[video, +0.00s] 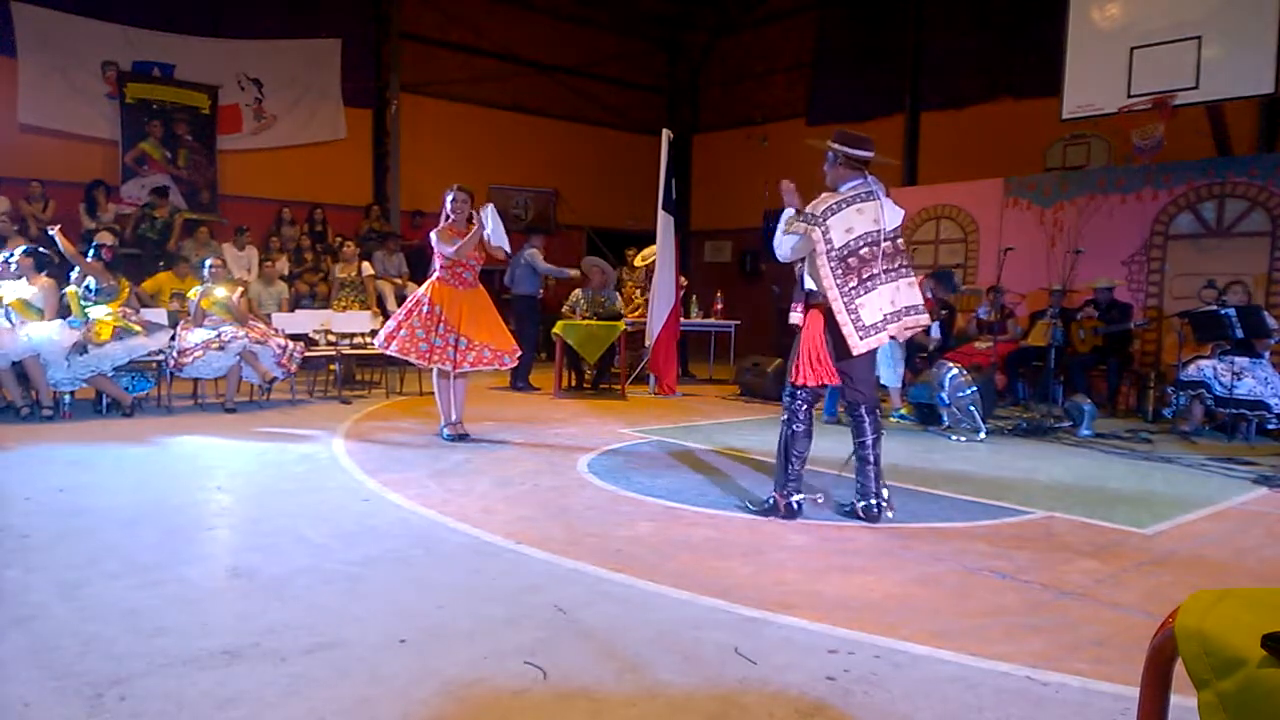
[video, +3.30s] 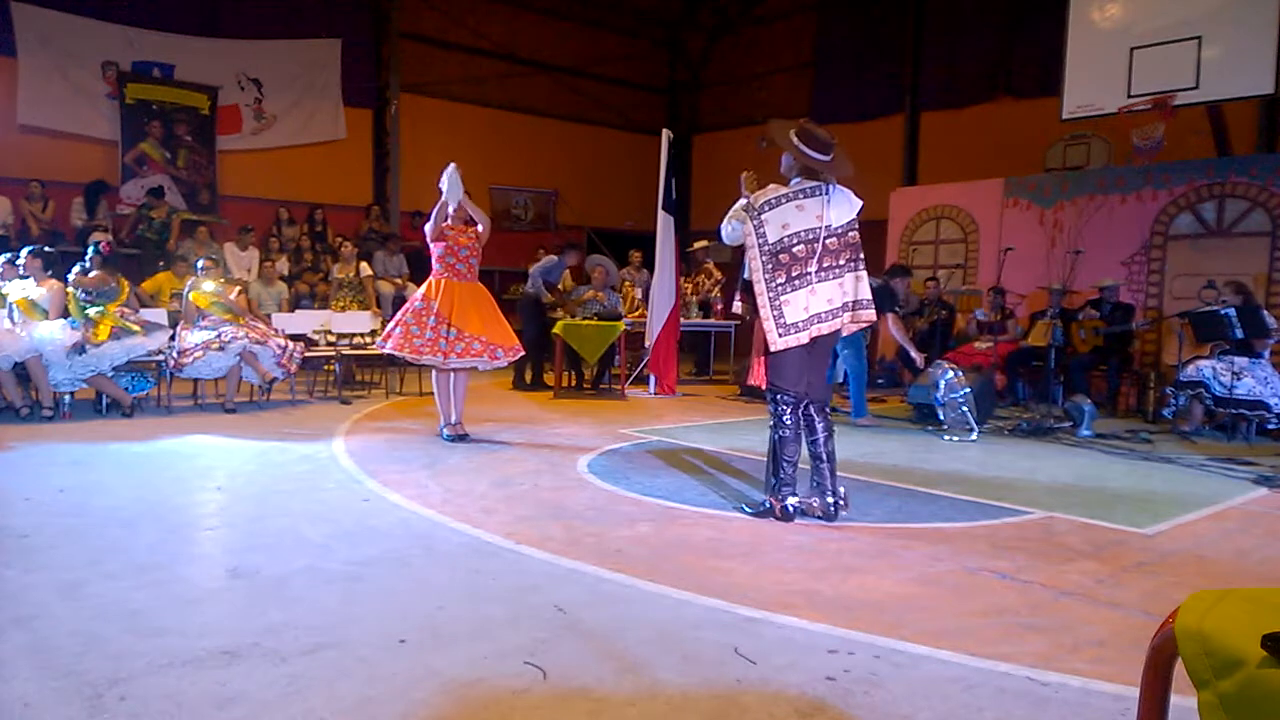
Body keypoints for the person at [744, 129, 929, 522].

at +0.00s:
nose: (823, 167)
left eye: (827, 161)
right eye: (826, 161)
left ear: (839, 165)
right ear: (861, 167)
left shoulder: (825, 208)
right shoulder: (885, 209)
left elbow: (785, 248)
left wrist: (790, 208)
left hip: (821, 317)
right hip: (864, 319)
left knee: (799, 400)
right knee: (863, 404)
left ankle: (787, 494)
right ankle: (871, 498)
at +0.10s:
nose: (819, 166)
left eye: (823, 160)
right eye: (822, 160)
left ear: (834, 165)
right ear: (857, 168)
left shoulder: (817, 208)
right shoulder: (881, 210)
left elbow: (777, 249)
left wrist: (776, 213)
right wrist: (803, 213)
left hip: (817, 317)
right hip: (861, 318)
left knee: (804, 404)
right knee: (861, 405)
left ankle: (786, 494)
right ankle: (870, 498)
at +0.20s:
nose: (812, 165)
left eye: (816, 160)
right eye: (815, 158)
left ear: (827, 165)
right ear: (851, 167)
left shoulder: (807, 207)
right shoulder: (872, 208)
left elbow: (767, 248)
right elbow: (880, 269)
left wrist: (760, 210)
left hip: (810, 318)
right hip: (855, 318)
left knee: (802, 406)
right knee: (856, 406)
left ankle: (785, 495)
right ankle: (870, 499)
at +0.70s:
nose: (774, 167)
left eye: (778, 162)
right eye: (778, 161)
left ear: (784, 168)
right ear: (815, 171)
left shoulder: (766, 210)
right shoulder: (835, 210)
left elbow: (728, 240)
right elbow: (840, 270)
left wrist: (742, 201)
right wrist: (839, 321)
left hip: (775, 320)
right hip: (817, 317)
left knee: (781, 406)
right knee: (810, 401)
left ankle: (782, 495)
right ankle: (810, 486)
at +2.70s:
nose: (763, 165)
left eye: (768, 161)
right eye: (767, 159)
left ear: (778, 166)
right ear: (804, 169)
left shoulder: (755, 209)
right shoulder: (826, 206)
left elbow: (717, 238)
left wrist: (731, 201)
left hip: (771, 319)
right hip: (812, 314)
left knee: (777, 405)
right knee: (799, 401)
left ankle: (782, 497)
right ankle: (795, 486)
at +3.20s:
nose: (775, 155)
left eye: (780, 152)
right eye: (780, 150)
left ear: (789, 159)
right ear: (817, 162)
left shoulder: (764, 202)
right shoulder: (836, 199)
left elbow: (726, 233)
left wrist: (745, 195)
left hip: (783, 316)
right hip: (826, 312)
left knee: (782, 399)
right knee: (810, 397)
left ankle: (781, 495)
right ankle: (826, 491)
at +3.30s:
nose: (781, 154)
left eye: (787, 151)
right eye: (786, 150)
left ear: (795, 160)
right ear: (822, 162)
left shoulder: (766, 203)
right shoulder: (840, 199)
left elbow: (728, 233)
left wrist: (746, 197)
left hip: (783, 318)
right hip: (828, 315)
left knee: (785, 404)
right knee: (817, 404)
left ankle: (782, 495)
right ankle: (828, 495)